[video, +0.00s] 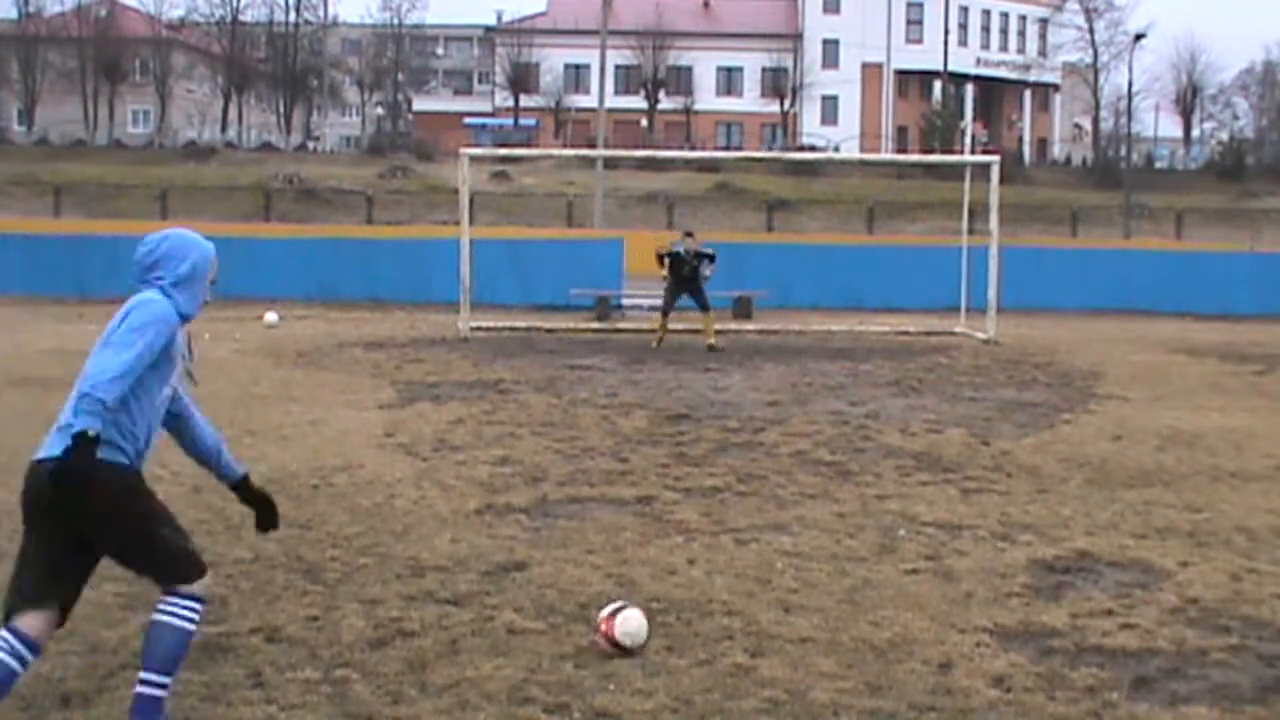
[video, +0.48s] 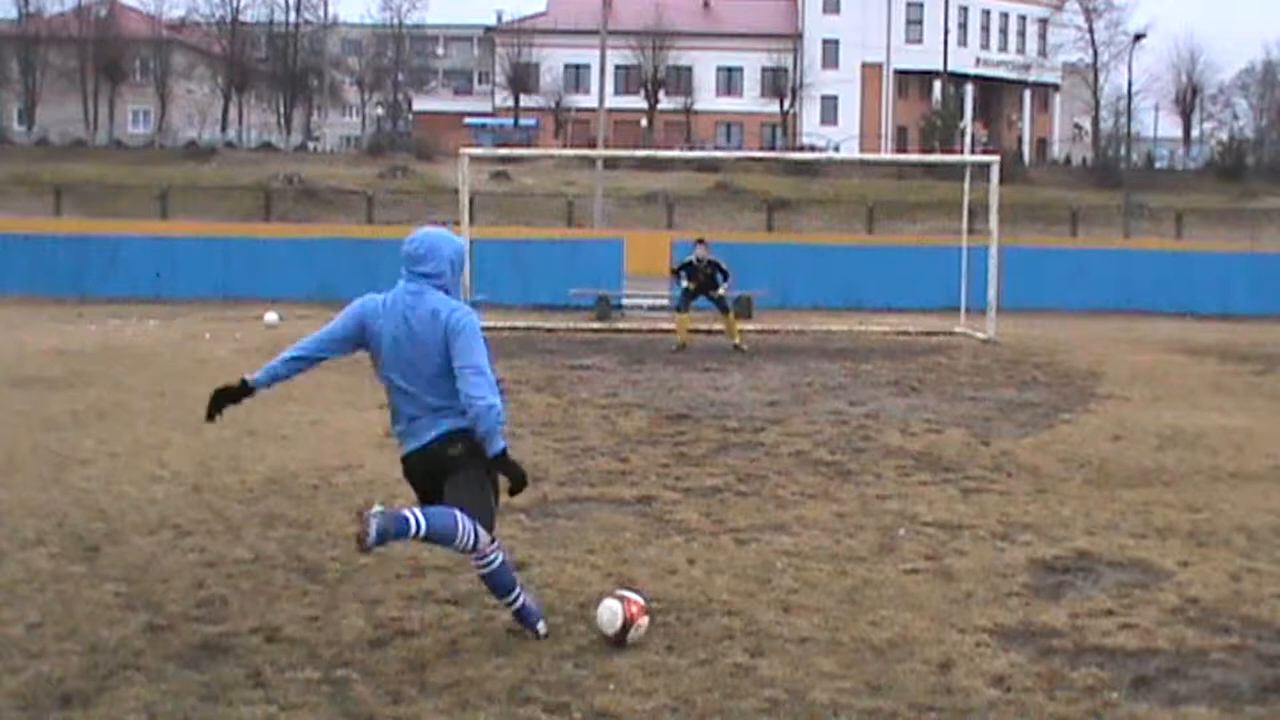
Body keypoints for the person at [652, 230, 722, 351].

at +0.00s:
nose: (689, 245)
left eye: (691, 242)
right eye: (686, 242)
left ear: (695, 243)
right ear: (682, 243)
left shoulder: (698, 254)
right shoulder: (674, 252)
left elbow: (712, 257)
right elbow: (660, 254)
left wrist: (708, 271)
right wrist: (663, 269)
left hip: (693, 283)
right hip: (675, 283)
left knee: (706, 310)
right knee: (665, 311)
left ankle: (711, 340)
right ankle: (660, 337)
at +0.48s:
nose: (700, 254)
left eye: (703, 251)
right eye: (698, 251)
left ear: (707, 252)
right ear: (695, 252)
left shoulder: (713, 263)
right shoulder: (688, 263)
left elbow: (726, 276)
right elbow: (676, 272)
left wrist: (723, 288)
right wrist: (684, 283)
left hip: (710, 288)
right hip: (693, 288)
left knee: (726, 310)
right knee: (681, 309)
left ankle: (736, 340)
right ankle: (681, 340)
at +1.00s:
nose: (701, 261)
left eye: (703, 258)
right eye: (698, 258)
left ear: (707, 261)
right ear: (695, 260)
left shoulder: (710, 276)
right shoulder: (688, 275)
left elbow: (708, 299)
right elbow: (687, 296)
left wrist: (707, 316)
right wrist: (688, 314)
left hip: (706, 298)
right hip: (691, 298)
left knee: (727, 307)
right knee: (676, 310)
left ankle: (732, 340)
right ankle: (673, 340)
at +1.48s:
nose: (685, 280)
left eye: (687, 277)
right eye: (683, 277)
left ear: (691, 277)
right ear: (680, 275)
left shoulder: (693, 284)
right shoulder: (673, 283)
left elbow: (691, 300)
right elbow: (669, 300)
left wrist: (684, 316)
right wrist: (668, 316)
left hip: (690, 299)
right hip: (677, 300)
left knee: (703, 311)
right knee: (672, 318)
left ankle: (699, 339)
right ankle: (676, 338)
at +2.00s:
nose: (636, 236)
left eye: (639, 233)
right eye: (634, 233)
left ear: (643, 234)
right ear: (631, 235)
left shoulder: (653, 248)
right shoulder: (628, 252)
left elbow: (673, 255)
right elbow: (623, 268)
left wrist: (686, 269)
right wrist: (622, 284)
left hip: (658, 283)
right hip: (642, 284)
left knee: (668, 312)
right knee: (635, 313)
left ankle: (691, 332)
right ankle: (645, 339)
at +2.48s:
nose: (589, 237)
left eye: (591, 233)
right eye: (588, 234)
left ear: (597, 233)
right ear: (589, 235)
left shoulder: (611, 249)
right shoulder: (588, 254)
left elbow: (625, 267)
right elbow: (582, 275)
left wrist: (639, 283)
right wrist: (572, 292)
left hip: (606, 288)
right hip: (591, 286)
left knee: (587, 312)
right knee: (575, 312)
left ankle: (574, 339)